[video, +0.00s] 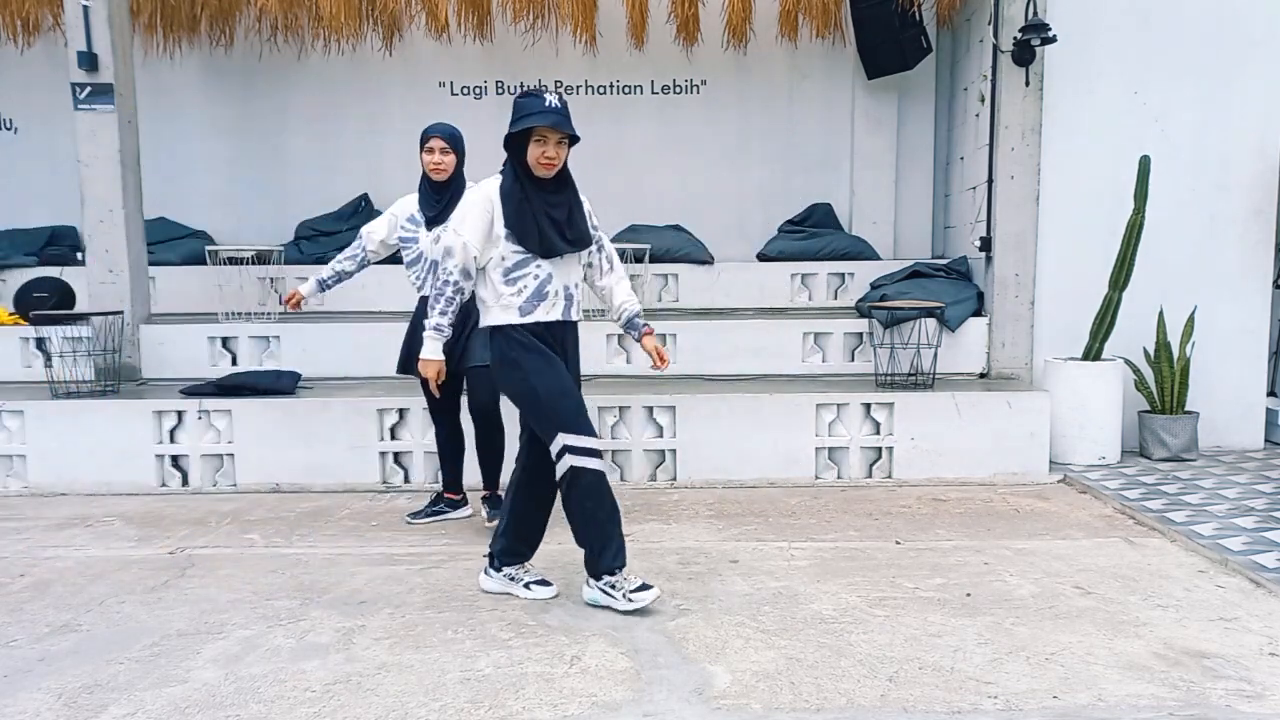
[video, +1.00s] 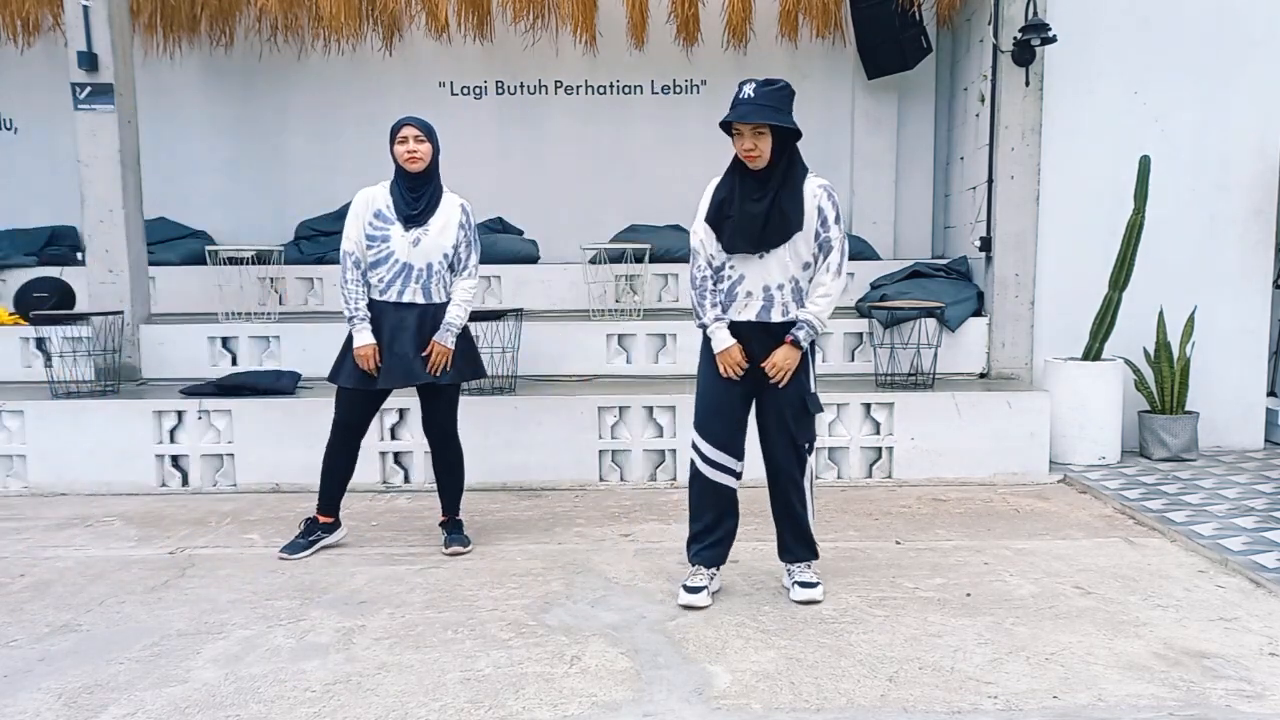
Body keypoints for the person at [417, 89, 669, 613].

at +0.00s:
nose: (550, 152)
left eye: (559, 142)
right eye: (539, 141)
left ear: (569, 146)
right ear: (519, 144)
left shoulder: (571, 200)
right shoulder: (486, 198)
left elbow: (604, 265)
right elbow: (451, 275)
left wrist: (638, 326)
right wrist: (432, 344)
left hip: (563, 338)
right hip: (515, 339)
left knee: (541, 455)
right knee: (575, 438)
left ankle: (503, 564)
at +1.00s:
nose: (746, 145)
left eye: (757, 135)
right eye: (739, 134)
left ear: (782, 135)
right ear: (730, 136)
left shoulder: (815, 194)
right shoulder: (717, 191)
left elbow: (833, 273)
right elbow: (700, 270)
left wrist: (798, 341)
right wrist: (719, 334)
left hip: (788, 342)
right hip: (725, 339)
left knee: (788, 458)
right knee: (712, 454)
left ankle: (799, 562)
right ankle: (703, 564)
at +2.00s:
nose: (588, 177)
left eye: (598, 167)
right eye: (579, 167)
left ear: (613, 169)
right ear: (565, 169)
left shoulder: (644, 209)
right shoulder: (552, 231)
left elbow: (677, 274)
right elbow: (553, 306)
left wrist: (676, 341)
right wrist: (583, 358)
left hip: (659, 349)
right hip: (596, 358)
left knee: (709, 447)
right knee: (579, 458)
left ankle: (767, 538)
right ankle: (580, 548)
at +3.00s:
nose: (773, 169)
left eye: (783, 160)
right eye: (763, 159)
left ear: (797, 164)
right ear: (748, 161)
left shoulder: (810, 228)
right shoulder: (716, 206)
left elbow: (822, 305)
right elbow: (673, 274)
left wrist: (799, 357)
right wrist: (662, 338)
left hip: (765, 360)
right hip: (699, 350)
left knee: (781, 459)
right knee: (650, 450)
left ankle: (792, 552)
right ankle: (605, 540)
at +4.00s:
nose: (602, 172)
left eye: (611, 162)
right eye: (592, 162)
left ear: (626, 164)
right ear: (576, 165)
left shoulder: (658, 205)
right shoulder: (562, 236)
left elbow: (702, 268)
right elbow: (557, 313)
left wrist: (719, 332)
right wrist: (583, 360)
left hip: (680, 346)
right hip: (613, 360)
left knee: (732, 446)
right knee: (591, 463)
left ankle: (787, 536)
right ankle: (585, 557)